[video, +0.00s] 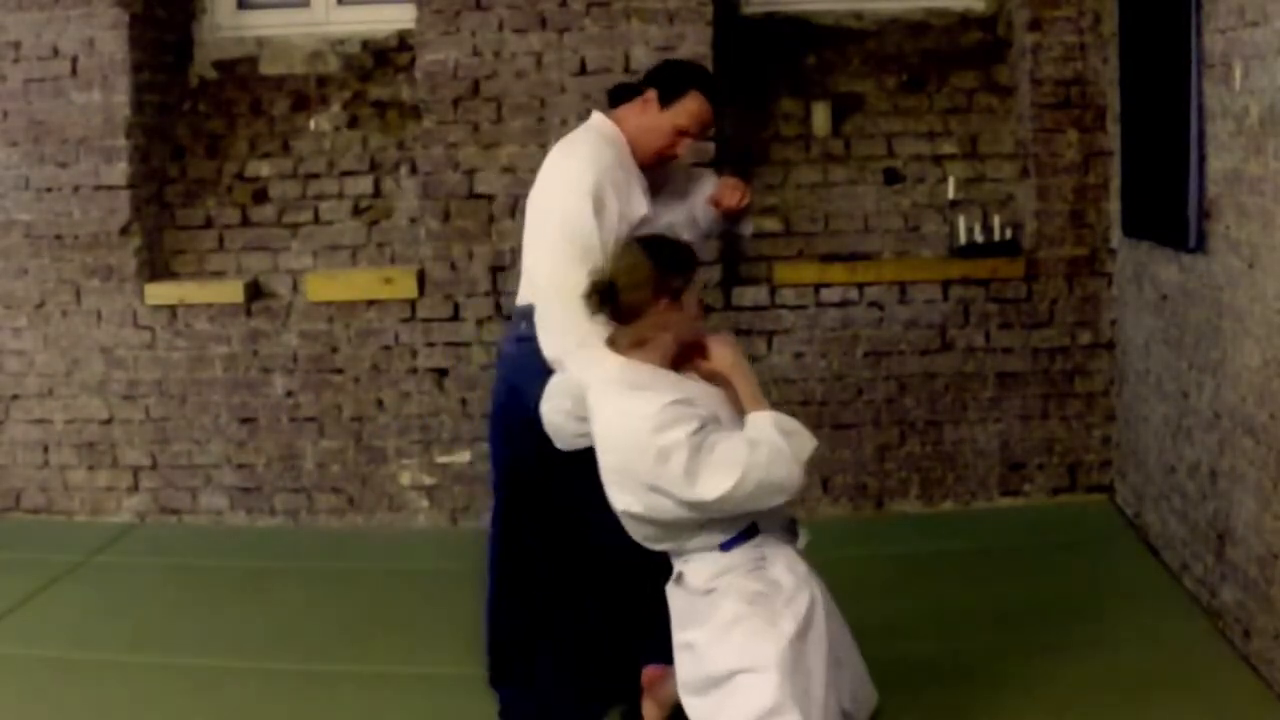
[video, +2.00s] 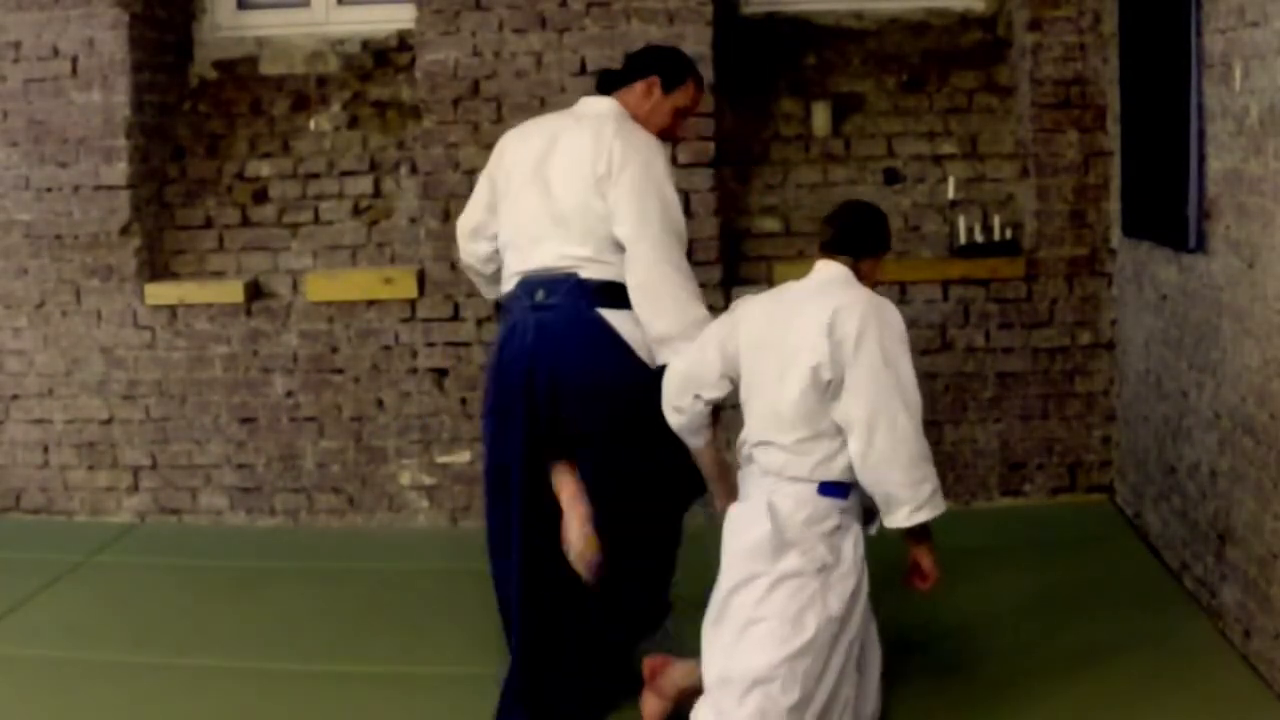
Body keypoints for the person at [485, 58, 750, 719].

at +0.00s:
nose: (682, 149)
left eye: (693, 139)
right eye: (684, 131)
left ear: (649, 105)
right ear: (650, 102)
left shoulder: (617, 161)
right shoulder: (581, 165)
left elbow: (642, 217)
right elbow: (564, 306)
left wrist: (706, 201)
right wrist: (627, 397)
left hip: (590, 363)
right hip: (548, 367)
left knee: (604, 540)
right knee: (558, 548)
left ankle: (598, 692)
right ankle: (549, 697)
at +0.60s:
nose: (708, 158)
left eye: (719, 147)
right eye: (709, 138)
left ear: (670, 107)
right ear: (678, 105)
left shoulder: (612, 145)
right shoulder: (620, 157)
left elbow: (657, 229)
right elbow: (604, 289)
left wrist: (725, 201)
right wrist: (658, 391)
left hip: (558, 352)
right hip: (579, 360)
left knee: (564, 540)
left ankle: (548, 694)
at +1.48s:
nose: (702, 152)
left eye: (711, 139)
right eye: (702, 131)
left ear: (658, 101)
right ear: (667, 101)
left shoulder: (571, 146)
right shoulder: (624, 160)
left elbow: (587, 250)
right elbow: (632, 296)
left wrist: (676, 249)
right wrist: (687, 401)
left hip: (531, 351)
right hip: (588, 355)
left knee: (551, 539)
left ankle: (539, 694)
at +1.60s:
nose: (695, 146)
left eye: (704, 133)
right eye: (695, 126)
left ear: (646, 100)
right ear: (656, 98)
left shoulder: (563, 151)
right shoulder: (620, 161)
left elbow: (550, 275)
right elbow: (635, 300)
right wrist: (687, 401)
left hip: (530, 352)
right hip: (589, 354)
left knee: (552, 540)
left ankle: (542, 695)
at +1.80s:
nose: (677, 131)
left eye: (685, 116)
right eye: (679, 110)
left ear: (626, 87)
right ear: (643, 87)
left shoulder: (522, 143)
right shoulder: (626, 148)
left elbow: (480, 237)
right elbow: (648, 280)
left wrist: (527, 303)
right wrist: (694, 389)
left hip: (523, 338)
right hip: (598, 327)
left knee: (541, 525)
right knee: (676, 497)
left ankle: (540, 694)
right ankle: (640, 594)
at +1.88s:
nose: (675, 132)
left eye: (684, 118)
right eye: (677, 112)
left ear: (622, 86)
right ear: (643, 88)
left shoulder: (517, 141)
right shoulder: (628, 147)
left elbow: (471, 237)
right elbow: (657, 276)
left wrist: (518, 297)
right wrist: (697, 390)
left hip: (519, 336)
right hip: (599, 326)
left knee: (524, 517)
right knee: (658, 494)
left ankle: (540, 679)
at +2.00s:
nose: (678, 133)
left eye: (686, 119)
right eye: (681, 114)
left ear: (628, 86)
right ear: (648, 89)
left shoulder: (518, 139)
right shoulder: (631, 147)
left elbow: (474, 239)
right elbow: (657, 269)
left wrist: (520, 296)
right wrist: (703, 378)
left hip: (518, 336)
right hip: (600, 326)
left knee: (521, 518)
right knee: (648, 498)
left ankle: (538, 681)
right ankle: (607, 666)